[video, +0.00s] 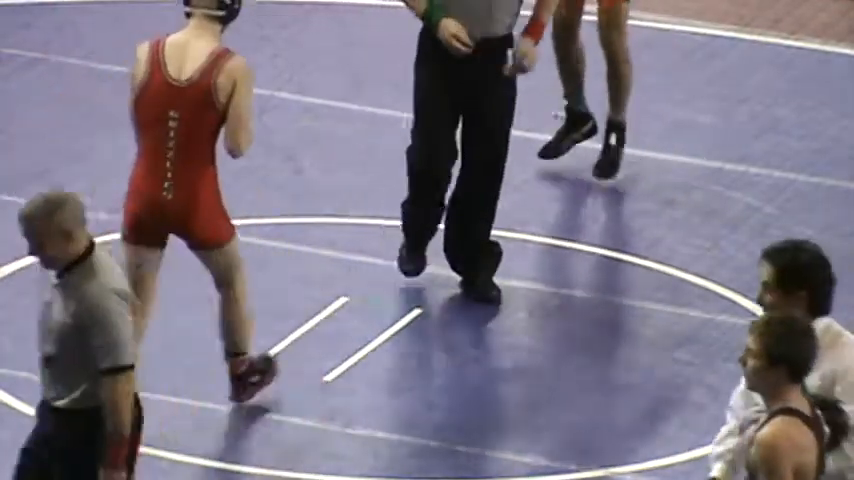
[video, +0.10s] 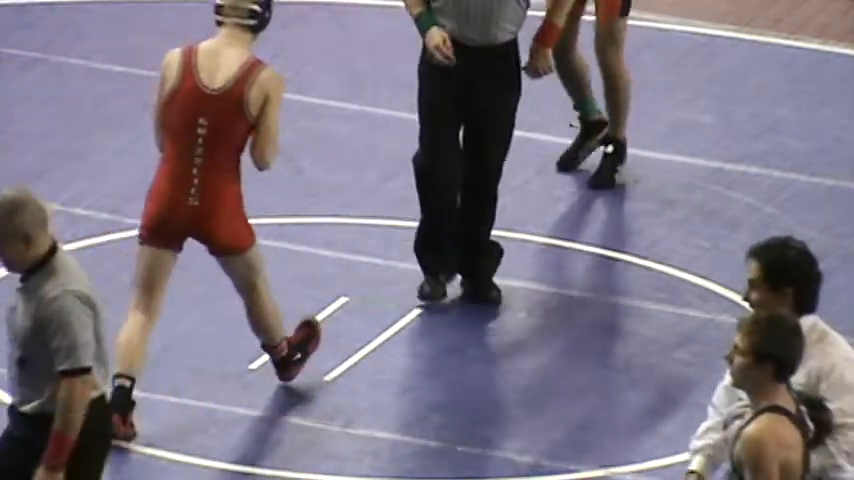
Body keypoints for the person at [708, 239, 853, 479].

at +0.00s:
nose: (759, 298)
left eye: (768, 289)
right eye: (760, 287)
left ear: (801, 298)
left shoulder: (845, 354)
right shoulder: (767, 345)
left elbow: (846, 451)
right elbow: (738, 415)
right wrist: (721, 470)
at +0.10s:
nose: (747, 296)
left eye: (755, 286)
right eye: (748, 285)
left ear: (787, 294)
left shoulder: (837, 359)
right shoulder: (756, 339)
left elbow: (844, 447)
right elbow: (723, 407)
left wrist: (780, 467)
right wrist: (698, 468)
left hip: (821, 474)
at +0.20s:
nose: (735, 292)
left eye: (744, 282)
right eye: (738, 281)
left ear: (777, 293)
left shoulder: (819, 357)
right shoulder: (744, 339)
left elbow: (838, 443)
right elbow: (707, 403)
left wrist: (770, 466)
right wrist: (680, 460)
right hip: (737, 469)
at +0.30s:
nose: (721, 294)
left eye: (730, 286)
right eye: (723, 285)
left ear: (762, 295)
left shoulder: (804, 358)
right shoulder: (728, 339)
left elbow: (817, 449)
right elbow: (692, 406)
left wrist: (751, 467)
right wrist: (663, 462)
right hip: (720, 471)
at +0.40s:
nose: (706, 299)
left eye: (714, 290)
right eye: (708, 289)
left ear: (746, 300)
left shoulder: (787, 359)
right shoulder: (717, 342)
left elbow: (799, 455)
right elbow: (681, 409)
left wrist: (730, 469)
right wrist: (649, 463)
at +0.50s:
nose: (689, 303)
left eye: (697, 296)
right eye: (692, 294)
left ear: (730, 309)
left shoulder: (771, 372)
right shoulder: (710, 351)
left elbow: (782, 461)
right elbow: (667, 415)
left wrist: (713, 472)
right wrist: (637, 466)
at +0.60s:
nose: (674, 307)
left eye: (681, 299)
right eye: (677, 297)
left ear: (712, 315)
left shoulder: (753, 379)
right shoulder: (691, 357)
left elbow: (763, 466)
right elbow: (651, 423)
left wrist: (691, 470)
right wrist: (624, 469)